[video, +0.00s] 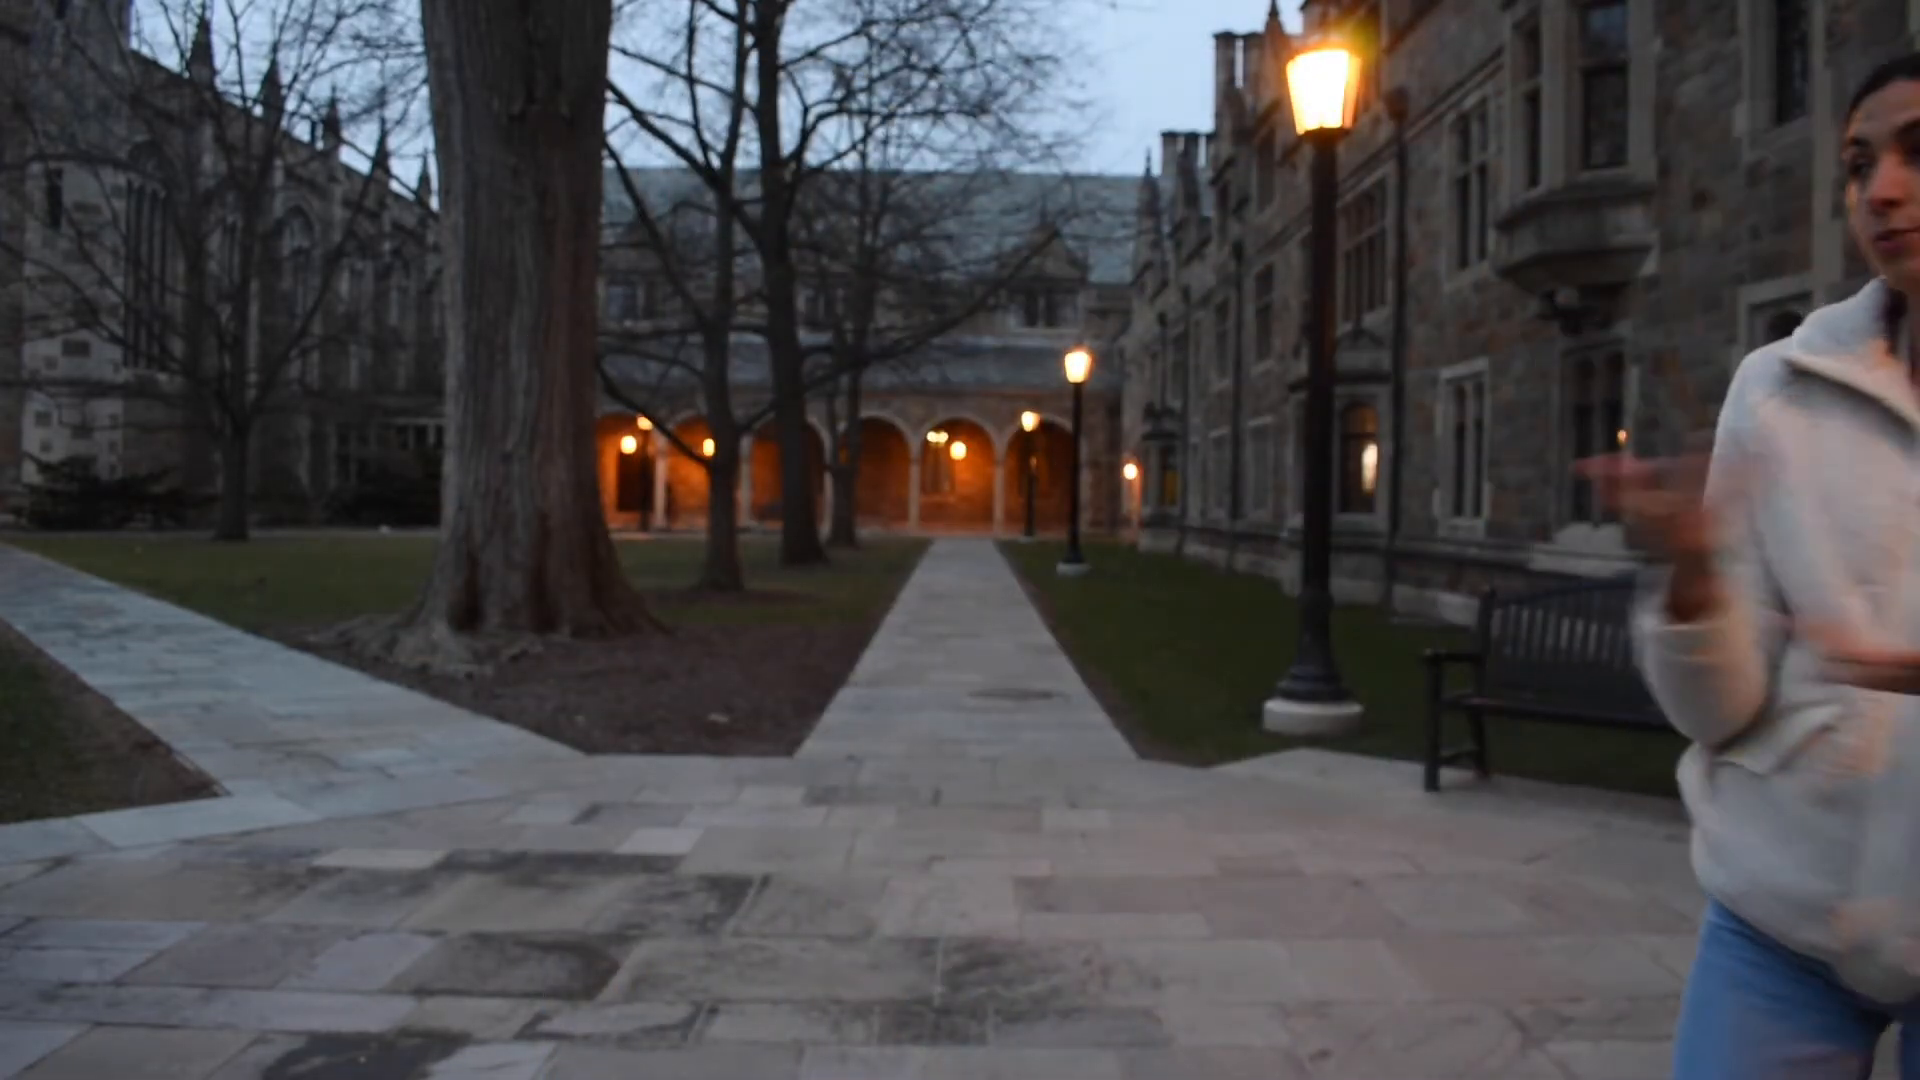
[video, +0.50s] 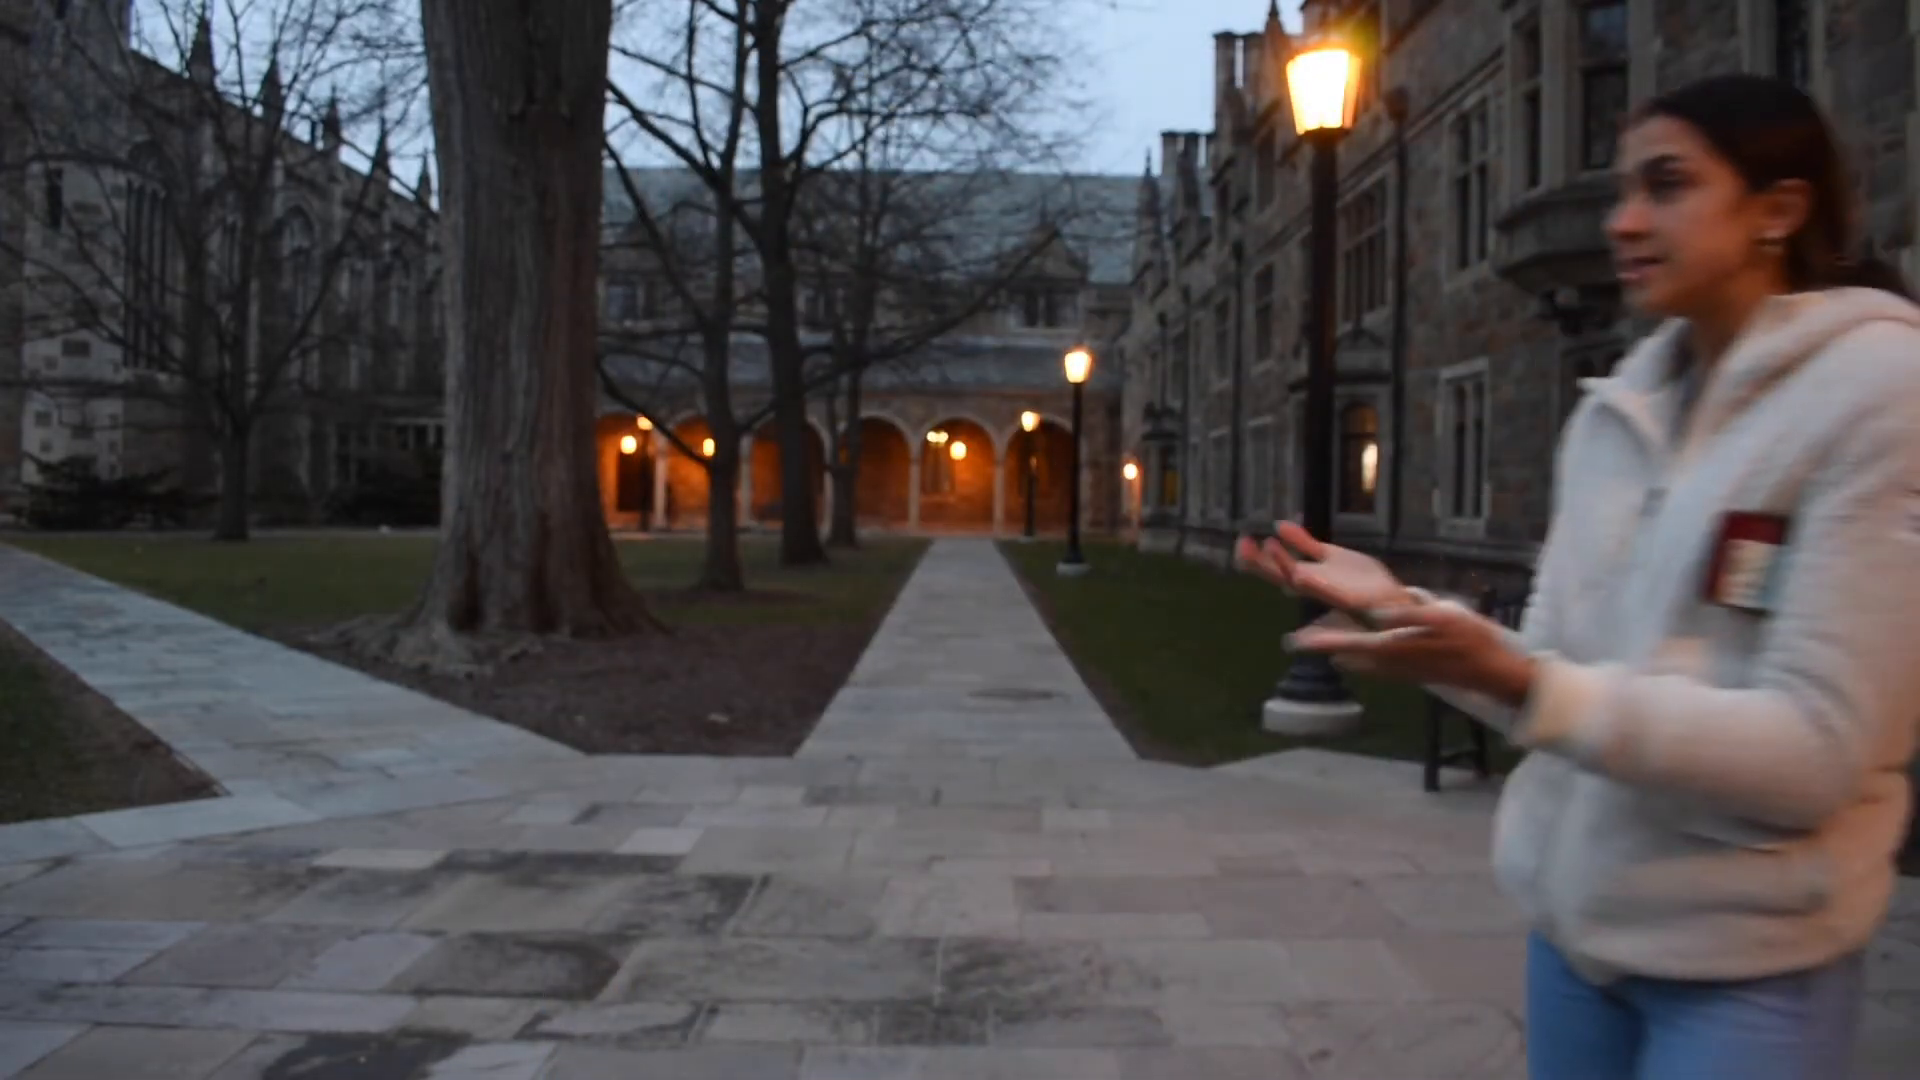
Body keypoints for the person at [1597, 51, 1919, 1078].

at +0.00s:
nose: (1885, 188)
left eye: (1914, 150)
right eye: (1864, 160)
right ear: (1844, 190)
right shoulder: (1782, 387)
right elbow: (1718, 712)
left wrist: (1903, 664)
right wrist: (1690, 569)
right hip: (1785, 925)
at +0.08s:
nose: (1848, 191)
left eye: (1888, 151)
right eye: (1830, 164)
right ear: (1817, 191)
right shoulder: (1769, 392)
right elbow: (1709, 699)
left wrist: (1893, 679)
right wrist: (1621, 586)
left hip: (1915, 956)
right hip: (1755, 930)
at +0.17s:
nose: (1810, 190)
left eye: (1857, 149)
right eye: (1794, 165)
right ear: (1785, 197)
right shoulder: (1751, 392)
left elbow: (1903, 716)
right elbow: (1679, 695)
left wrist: (1805, 680)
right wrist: (1561, 583)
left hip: (1898, 963)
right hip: (1714, 933)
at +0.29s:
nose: (1748, 205)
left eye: (1794, 164)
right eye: (1736, 180)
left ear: (1898, 196)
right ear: (1725, 208)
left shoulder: (1910, 404)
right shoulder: (1703, 404)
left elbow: (1909, 735)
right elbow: (1614, 697)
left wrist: (1684, 675)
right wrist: (1481, 578)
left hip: (1859, 978)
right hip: (1655, 947)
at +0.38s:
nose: (1695, 215)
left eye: (1739, 176)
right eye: (1688, 189)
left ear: (1851, 201)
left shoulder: (1906, 401)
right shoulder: (1669, 412)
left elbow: (1893, 753)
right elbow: (1586, 700)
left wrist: (1613, 676)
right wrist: (1440, 594)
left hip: (1819, 975)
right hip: (1617, 945)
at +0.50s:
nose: (1623, 222)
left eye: (1666, 184)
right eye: (1621, 192)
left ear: (1777, 210)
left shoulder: (1881, 384)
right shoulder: (1617, 410)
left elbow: (1818, 752)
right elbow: (1548, 677)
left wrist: (1521, 682)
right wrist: (1405, 609)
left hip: (1753, 953)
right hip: (1573, 929)